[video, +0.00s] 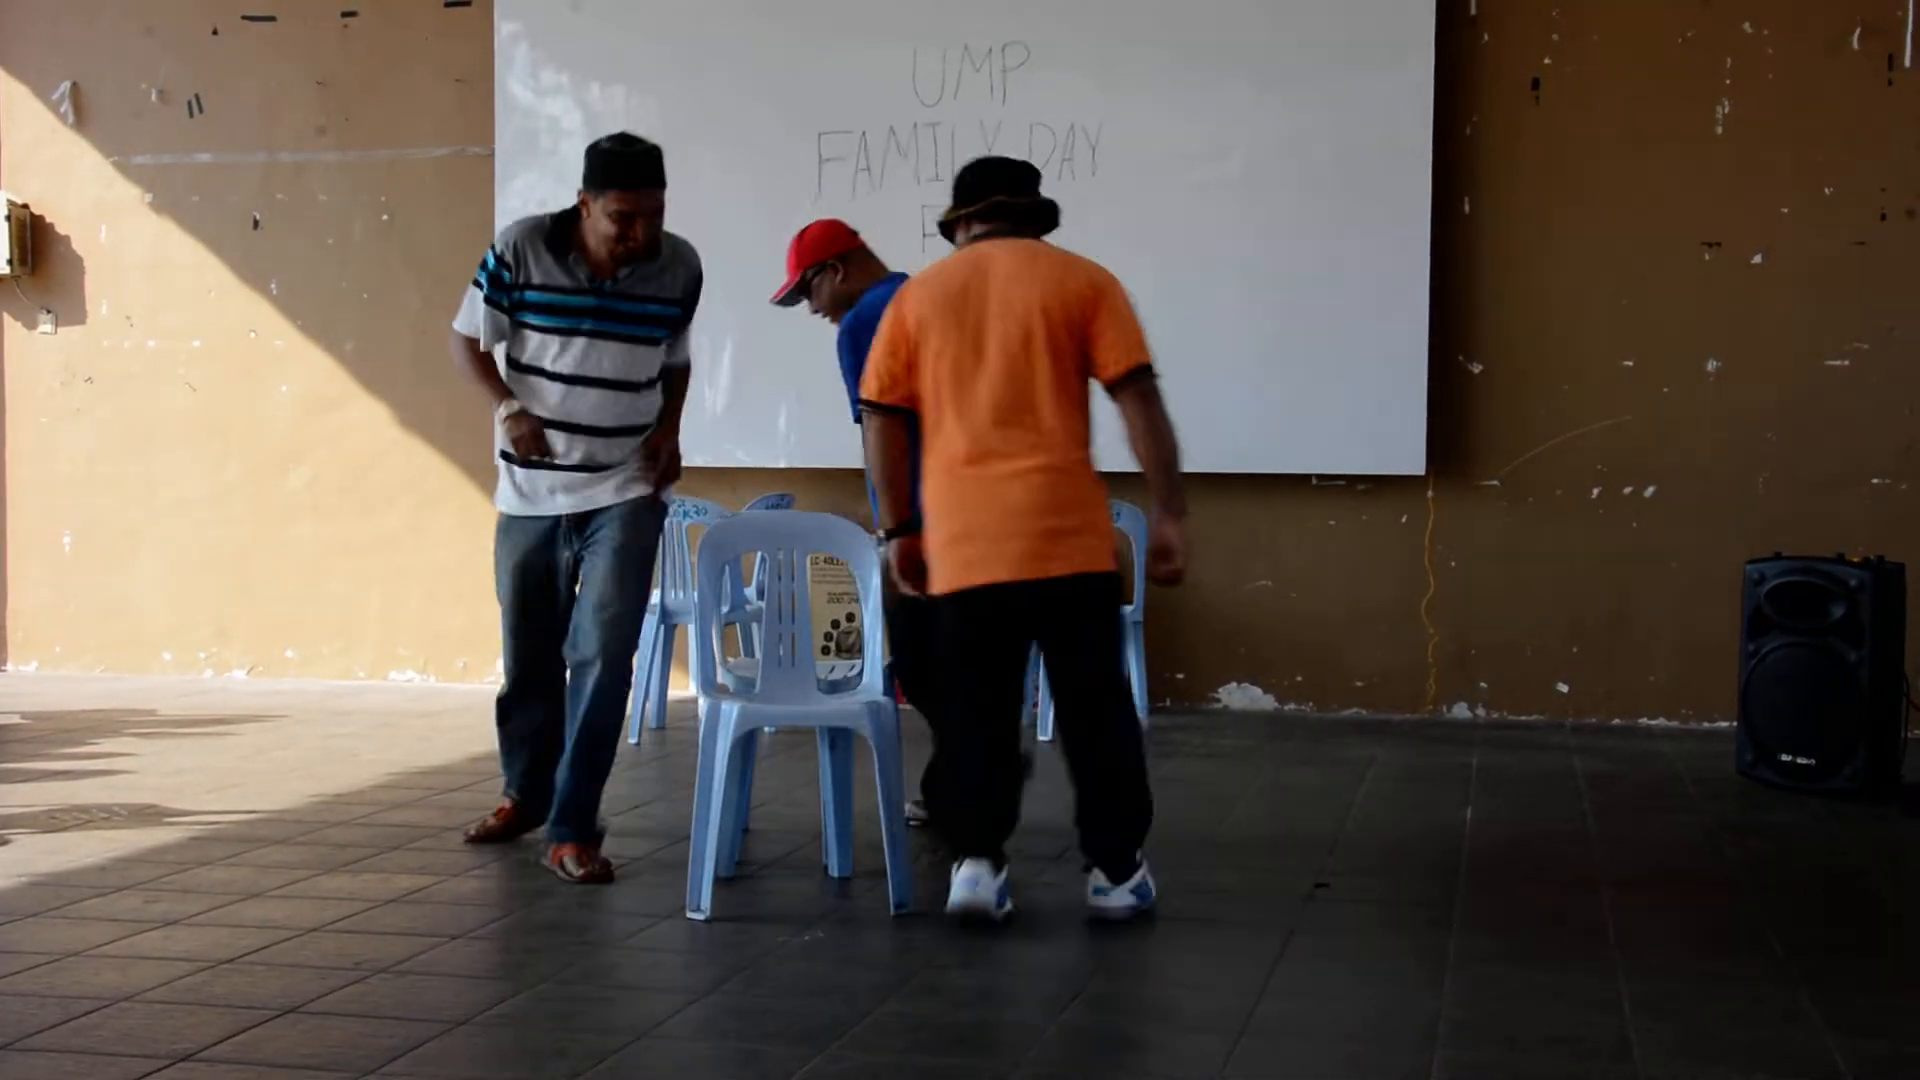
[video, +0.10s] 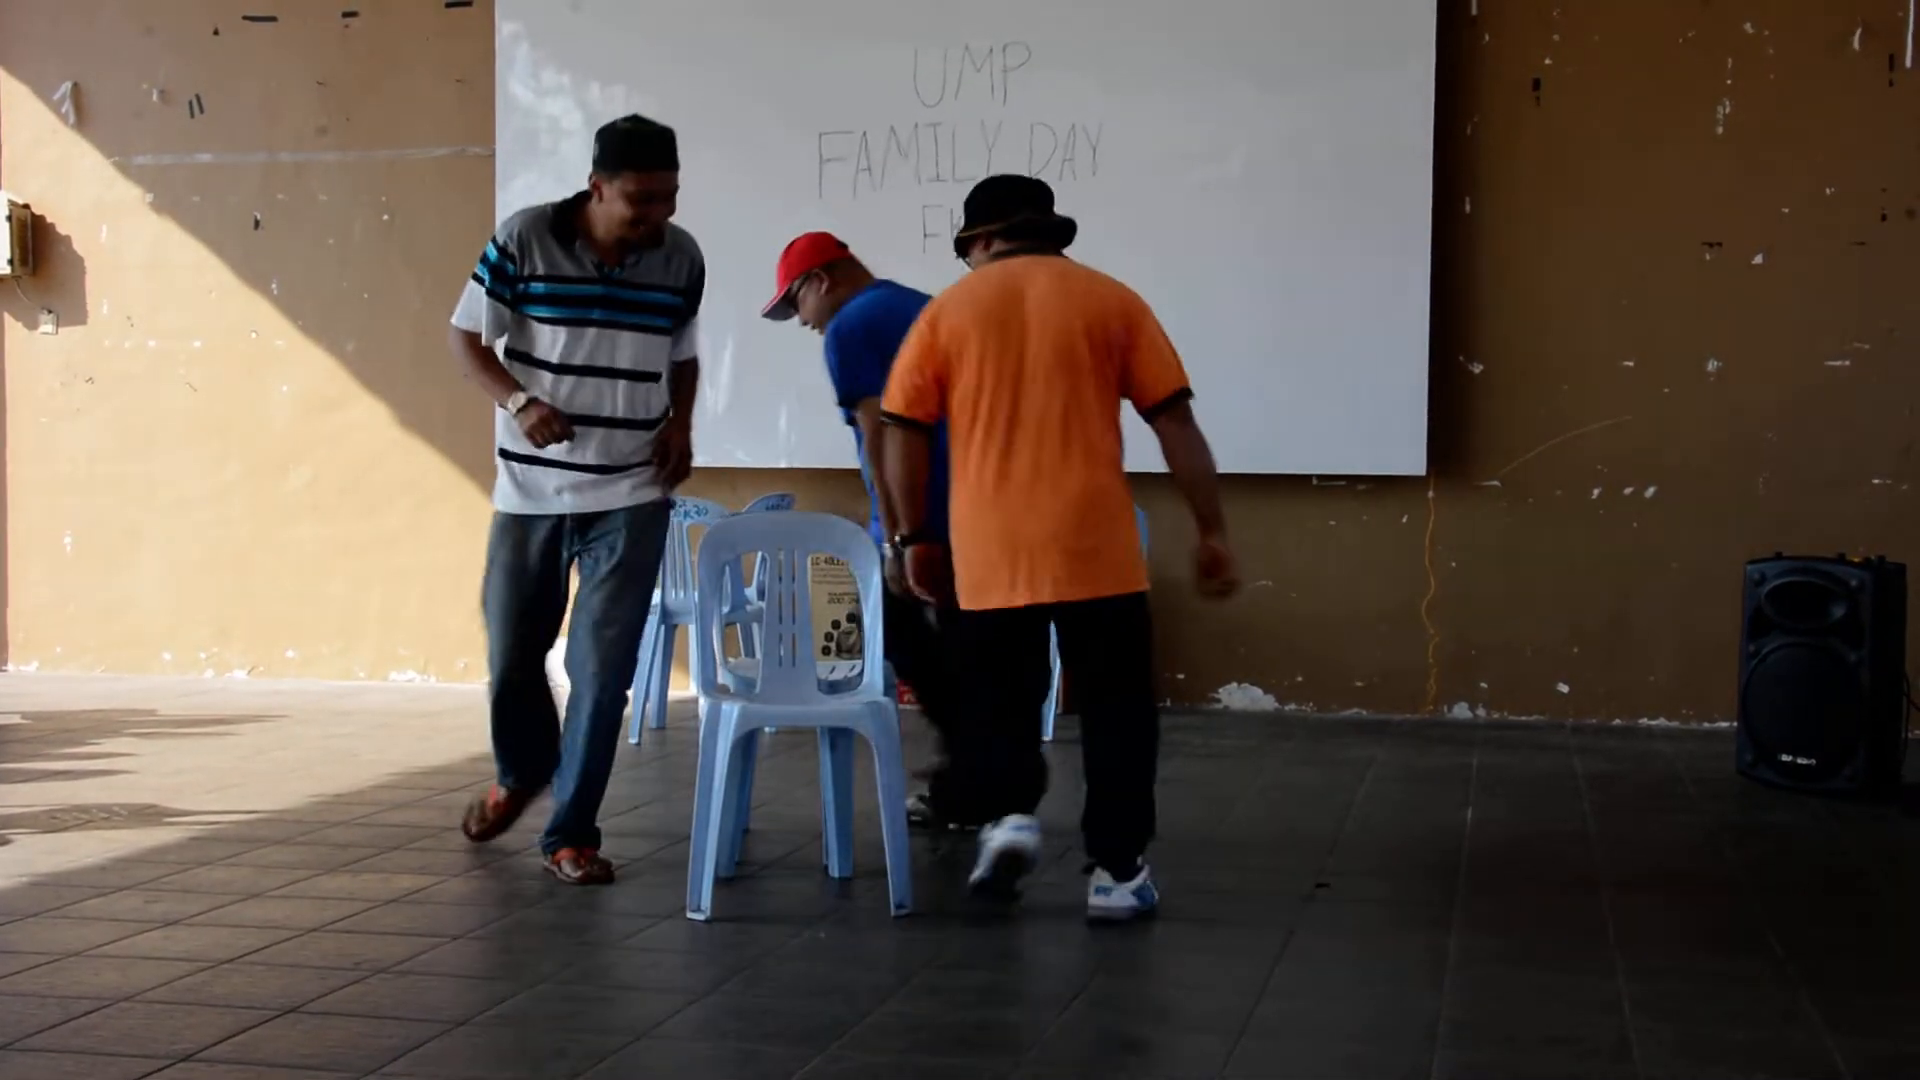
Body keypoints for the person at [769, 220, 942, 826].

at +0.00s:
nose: (813, 309)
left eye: (811, 294)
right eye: (806, 299)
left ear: (838, 271)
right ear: (847, 268)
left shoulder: (861, 325)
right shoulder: (923, 298)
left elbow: (881, 435)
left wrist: (890, 529)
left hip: (914, 522)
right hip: (958, 509)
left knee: (921, 669)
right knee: (958, 661)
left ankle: (953, 796)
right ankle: (962, 793)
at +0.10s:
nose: (800, 319)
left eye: (797, 302)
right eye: (794, 308)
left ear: (822, 280)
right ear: (841, 274)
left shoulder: (851, 325)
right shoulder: (917, 304)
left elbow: (877, 431)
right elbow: (953, 415)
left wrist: (898, 538)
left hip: (914, 530)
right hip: (962, 516)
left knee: (918, 653)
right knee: (963, 650)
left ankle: (962, 789)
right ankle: (975, 786)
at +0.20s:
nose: (797, 320)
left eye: (794, 305)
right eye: (791, 310)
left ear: (817, 282)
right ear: (846, 276)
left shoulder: (832, 328)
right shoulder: (928, 312)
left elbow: (852, 430)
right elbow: (959, 416)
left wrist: (864, 537)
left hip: (909, 521)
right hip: (968, 514)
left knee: (842, 606)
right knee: (955, 661)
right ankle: (957, 800)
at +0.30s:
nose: (791, 318)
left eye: (789, 304)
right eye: (786, 308)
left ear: (810, 284)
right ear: (850, 276)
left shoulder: (814, 334)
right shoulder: (931, 317)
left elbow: (819, 431)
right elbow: (969, 412)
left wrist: (835, 529)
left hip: (870, 531)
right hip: (952, 524)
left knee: (827, 655)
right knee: (946, 668)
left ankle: (797, 795)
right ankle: (952, 799)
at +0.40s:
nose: (788, 326)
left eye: (787, 313)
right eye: (785, 315)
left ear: (807, 300)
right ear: (850, 290)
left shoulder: (796, 352)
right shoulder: (921, 330)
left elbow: (788, 460)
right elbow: (943, 425)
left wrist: (796, 549)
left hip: (844, 535)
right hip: (939, 529)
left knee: (810, 663)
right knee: (954, 666)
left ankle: (791, 802)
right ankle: (961, 801)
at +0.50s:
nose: (797, 322)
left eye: (795, 314)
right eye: (797, 315)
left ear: (804, 305)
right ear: (859, 291)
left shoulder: (793, 349)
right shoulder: (921, 332)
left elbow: (778, 470)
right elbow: (948, 426)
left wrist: (768, 567)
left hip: (837, 539)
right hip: (933, 534)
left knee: (802, 663)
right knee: (954, 656)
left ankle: (790, 803)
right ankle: (957, 787)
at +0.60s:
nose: (811, 316)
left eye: (811, 309)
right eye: (814, 310)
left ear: (819, 302)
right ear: (879, 295)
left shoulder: (797, 347)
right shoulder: (934, 343)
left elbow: (775, 462)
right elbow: (948, 454)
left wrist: (770, 549)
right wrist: (929, 520)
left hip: (833, 544)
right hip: (930, 539)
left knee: (809, 666)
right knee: (952, 680)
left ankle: (792, 806)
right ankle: (930, 831)